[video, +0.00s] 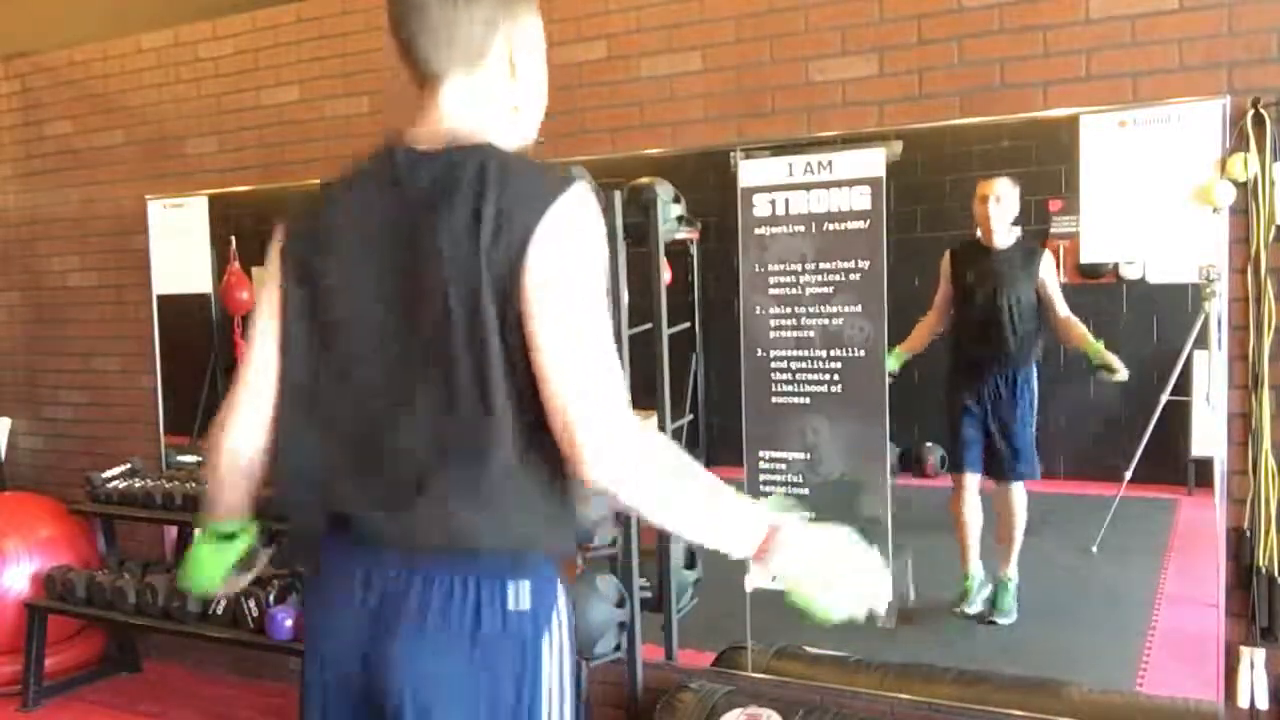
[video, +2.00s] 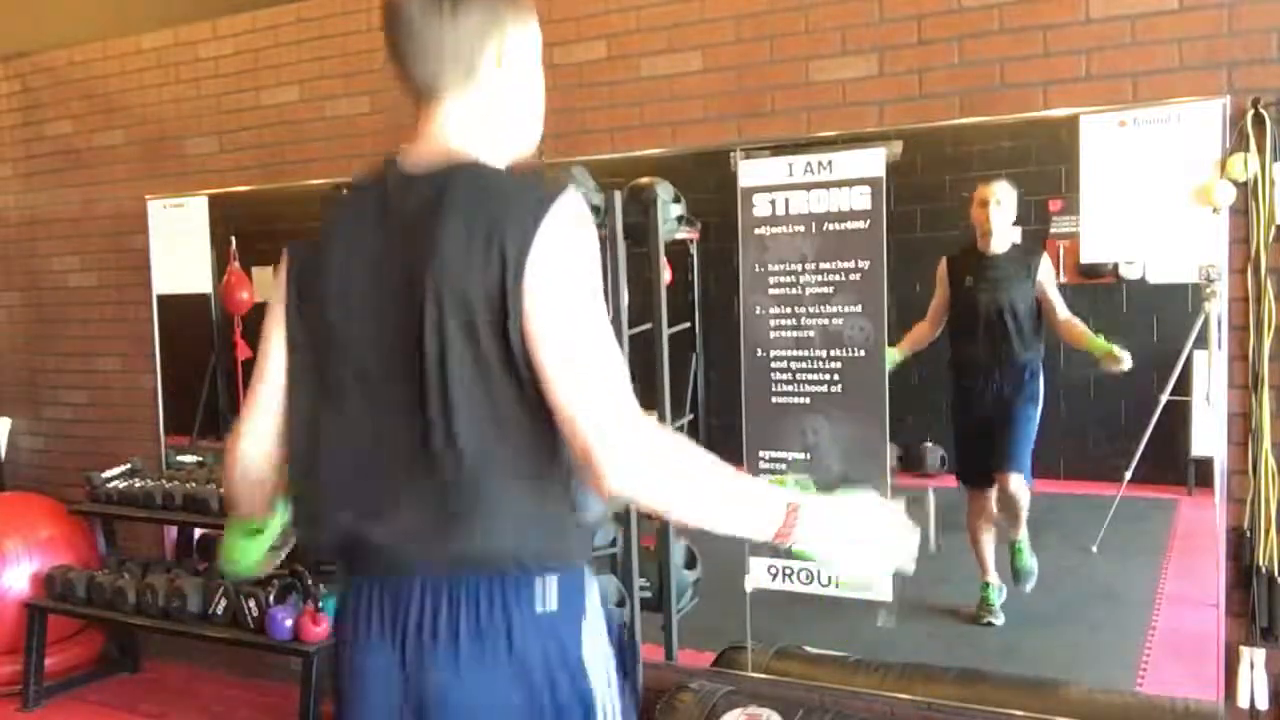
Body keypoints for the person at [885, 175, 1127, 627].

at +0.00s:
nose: (990, 208)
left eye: (999, 200)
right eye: (983, 200)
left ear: (1017, 208)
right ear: (973, 208)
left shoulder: (1038, 260)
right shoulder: (956, 258)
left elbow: (1062, 319)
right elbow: (936, 318)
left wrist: (1095, 351)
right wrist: (898, 354)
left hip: (1015, 381)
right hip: (966, 379)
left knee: (1010, 483)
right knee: (965, 482)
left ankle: (1007, 580)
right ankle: (972, 579)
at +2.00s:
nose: (988, 213)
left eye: (997, 204)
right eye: (982, 204)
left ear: (1014, 213)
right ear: (971, 212)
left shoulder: (1034, 263)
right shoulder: (953, 266)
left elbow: (1062, 320)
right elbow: (932, 323)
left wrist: (1099, 347)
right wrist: (897, 352)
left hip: (1021, 382)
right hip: (971, 383)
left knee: (1011, 484)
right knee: (979, 494)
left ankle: (1017, 543)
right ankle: (989, 585)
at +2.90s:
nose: (998, 201)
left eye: (1007, 193)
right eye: (991, 193)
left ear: (1025, 200)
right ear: (980, 201)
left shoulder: (1045, 253)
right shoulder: (965, 253)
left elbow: (1070, 315)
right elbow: (943, 314)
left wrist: (1109, 355)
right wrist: (904, 354)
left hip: (1024, 375)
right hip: (971, 373)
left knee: (1015, 478)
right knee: (966, 477)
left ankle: (1013, 576)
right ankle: (974, 570)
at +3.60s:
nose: (979, 212)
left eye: (988, 204)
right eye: (973, 204)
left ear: (1006, 212)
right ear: (962, 211)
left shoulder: (1025, 262)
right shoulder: (945, 261)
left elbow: (1047, 322)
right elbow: (926, 318)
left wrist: (1081, 350)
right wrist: (889, 347)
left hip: (1010, 382)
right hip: (960, 383)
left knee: (1002, 482)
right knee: (968, 492)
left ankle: (1008, 546)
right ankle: (977, 583)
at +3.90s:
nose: (977, 235)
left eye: (986, 227)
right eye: (971, 227)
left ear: (1002, 234)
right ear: (960, 233)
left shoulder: (1023, 283)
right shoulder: (944, 284)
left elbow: (1050, 333)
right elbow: (926, 335)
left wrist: (1082, 344)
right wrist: (887, 353)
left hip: (1013, 400)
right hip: (963, 401)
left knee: (1003, 501)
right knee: (968, 504)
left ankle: (1004, 604)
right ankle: (987, 588)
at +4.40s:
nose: (991, 206)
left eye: (999, 197)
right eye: (984, 197)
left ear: (1016, 206)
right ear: (973, 206)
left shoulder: (1039, 255)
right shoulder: (959, 257)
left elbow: (1071, 308)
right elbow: (938, 314)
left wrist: (1106, 343)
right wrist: (897, 351)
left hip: (1020, 379)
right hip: (969, 378)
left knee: (1012, 481)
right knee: (963, 484)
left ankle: (1009, 579)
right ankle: (976, 543)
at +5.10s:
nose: (988, 236)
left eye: (996, 228)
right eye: (983, 228)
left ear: (1015, 234)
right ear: (975, 233)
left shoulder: (1033, 281)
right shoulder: (958, 281)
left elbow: (1027, 332)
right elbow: (955, 354)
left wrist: (976, 300)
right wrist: (990, 348)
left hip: (1009, 397)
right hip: (963, 395)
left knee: (999, 495)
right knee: (959, 486)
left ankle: (989, 585)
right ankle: (976, 579)